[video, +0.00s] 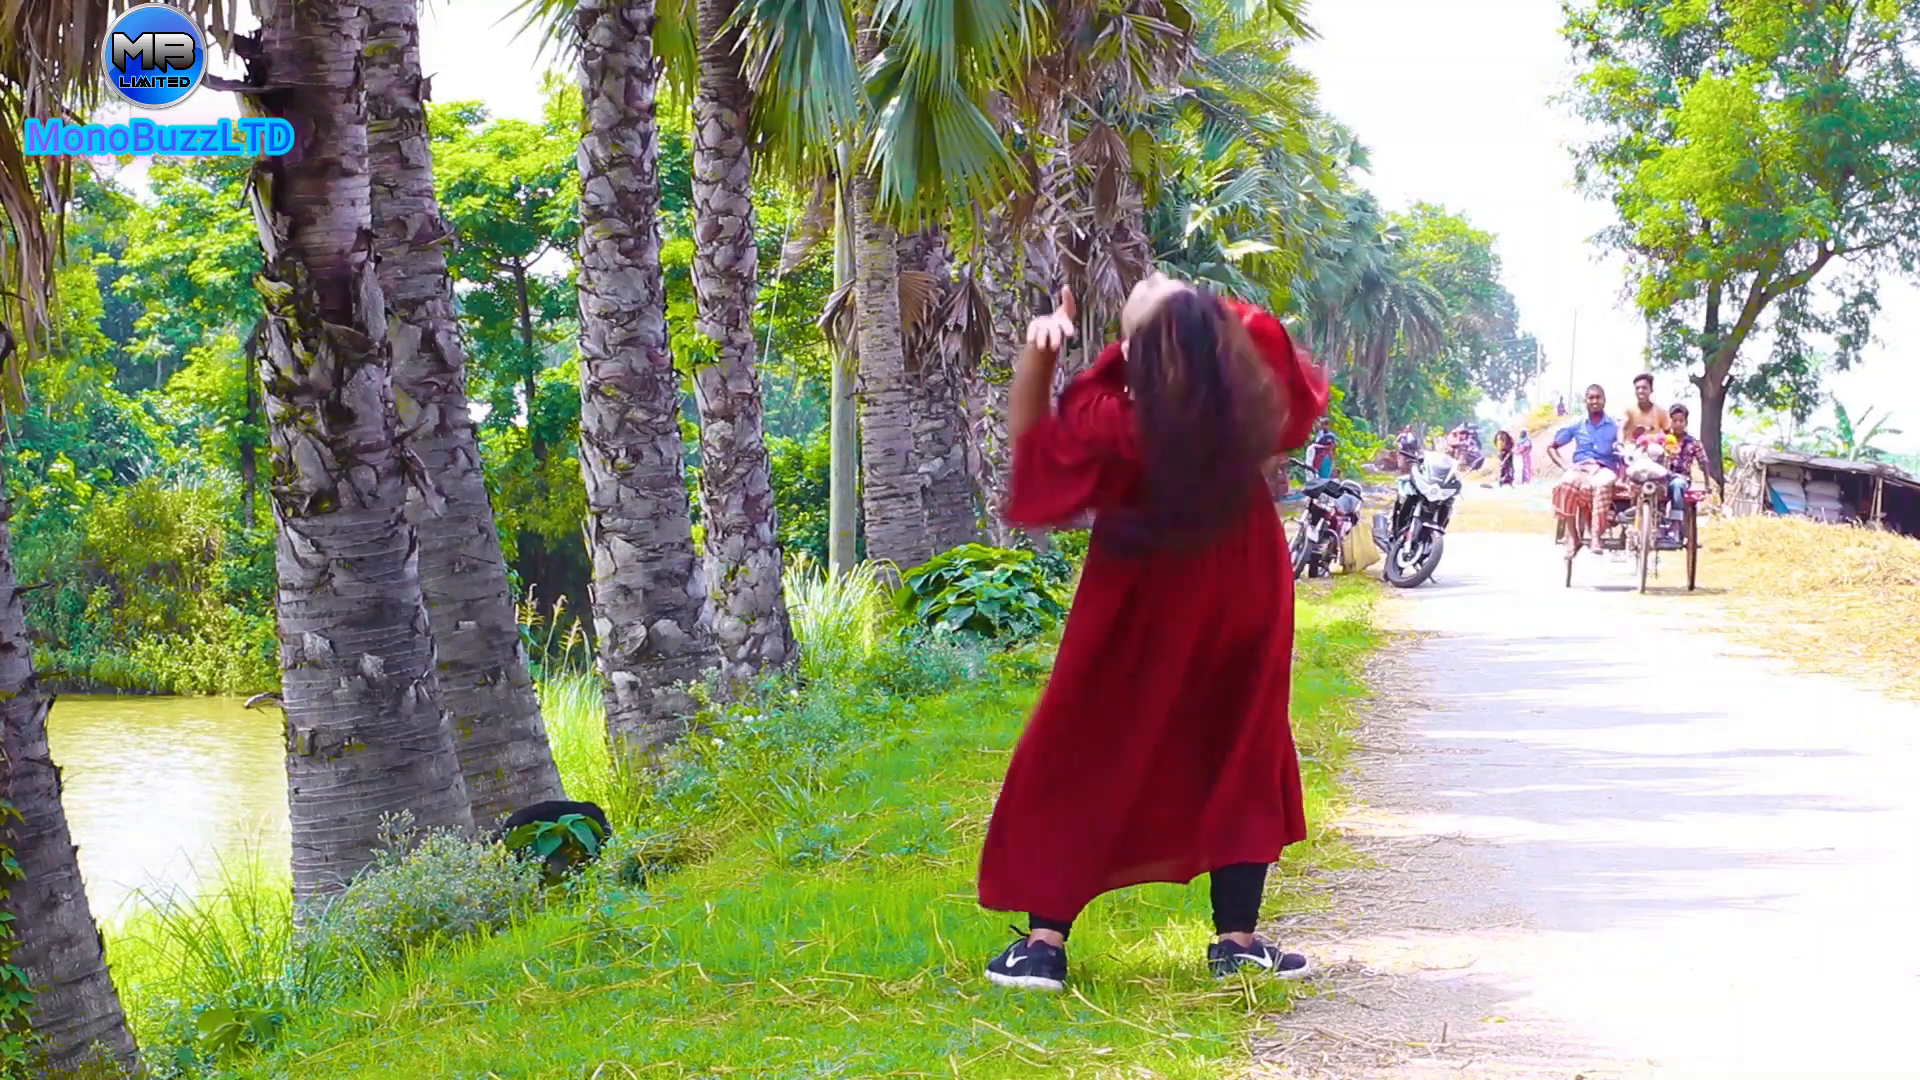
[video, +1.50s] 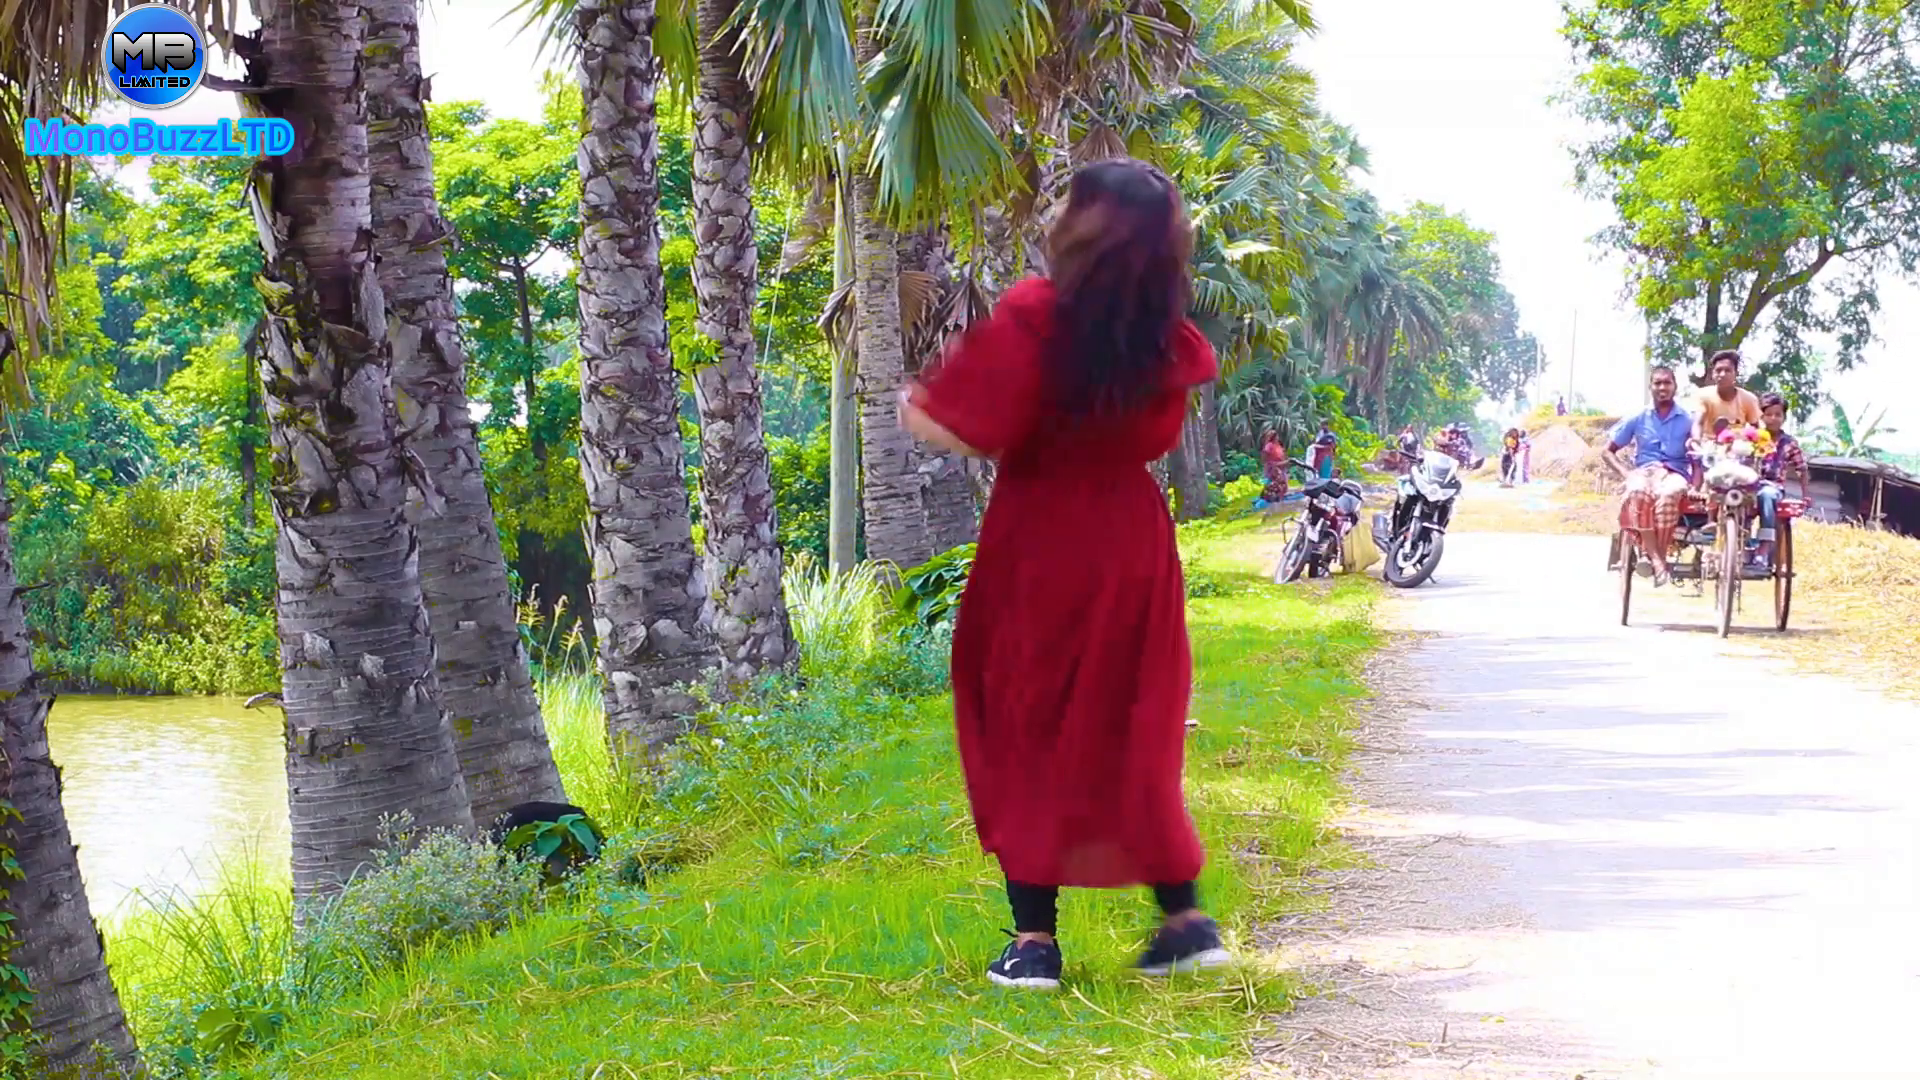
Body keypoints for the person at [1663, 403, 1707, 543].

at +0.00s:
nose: (1678, 424)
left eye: (1681, 421)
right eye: (1675, 420)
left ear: (1686, 422)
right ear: (1670, 421)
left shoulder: (1692, 442)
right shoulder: (1663, 437)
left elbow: (1703, 462)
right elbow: (1653, 456)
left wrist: (1707, 483)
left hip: (1681, 474)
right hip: (1662, 472)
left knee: (1676, 485)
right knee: (1650, 484)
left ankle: (1675, 525)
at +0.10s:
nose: (1683, 423)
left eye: (1686, 420)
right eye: (1680, 419)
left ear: (1691, 421)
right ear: (1675, 420)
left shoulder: (1698, 441)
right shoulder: (1668, 437)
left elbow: (1708, 463)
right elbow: (1658, 455)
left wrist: (1713, 482)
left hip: (1686, 474)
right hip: (1667, 473)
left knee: (1681, 484)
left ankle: (1679, 524)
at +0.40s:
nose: (1699, 424)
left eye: (1703, 420)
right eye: (1696, 420)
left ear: (1709, 422)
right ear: (1691, 422)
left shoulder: (1714, 443)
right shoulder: (1685, 440)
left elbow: (1723, 464)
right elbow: (1675, 459)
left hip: (1702, 476)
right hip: (1683, 475)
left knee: (1695, 487)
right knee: (1669, 486)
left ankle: (1694, 530)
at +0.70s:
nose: (1717, 422)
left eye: (1721, 418)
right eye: (1713, 418)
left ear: (1726, 420)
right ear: (1707, 420)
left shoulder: (1730, 442)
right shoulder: (1698, 437)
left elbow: (1741, 465)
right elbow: (1688, 457)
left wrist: (1744, 486)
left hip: (1717, 477)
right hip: (1697, 475)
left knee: (1712, 489)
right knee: (1683, 489)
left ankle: (1709, 536)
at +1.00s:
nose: (1735, 423)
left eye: (1740, 419)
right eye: (1731, 418)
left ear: (1746, 421)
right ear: (1725, 420)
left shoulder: (1751, 443)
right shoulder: (1718, 439)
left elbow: (1763, 468)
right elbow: (1707, 462)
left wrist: (1767, 493)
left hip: (1737, 480)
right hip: (1715, 479)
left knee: (1732, 492)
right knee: (1700, 492)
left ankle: (1728, 542)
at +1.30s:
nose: (1757, 421)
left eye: (1762, 416)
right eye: (1753, 416)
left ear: (1768, 419)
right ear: (1747, 418)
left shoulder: (1773, 444)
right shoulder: (1739, 438)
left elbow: (1786, 469)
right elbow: (1725, 459)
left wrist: (1789, 493)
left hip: (1759, 482)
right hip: (1735, 480)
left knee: (1752, 495)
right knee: (1718, 494)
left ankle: (1750, 546)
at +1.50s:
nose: (1773, 419)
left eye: (1778, 415)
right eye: (1769, 414)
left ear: (1784, 418)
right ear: (1762, 416)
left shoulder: (1789, 443)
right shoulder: (1753, 437)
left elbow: (1801, 469)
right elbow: (1739, 460)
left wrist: (1805, 495)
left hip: (1772, 483)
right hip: (1749, 482)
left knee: (1766, 495)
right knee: (1731, 495)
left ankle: (1763, 549)